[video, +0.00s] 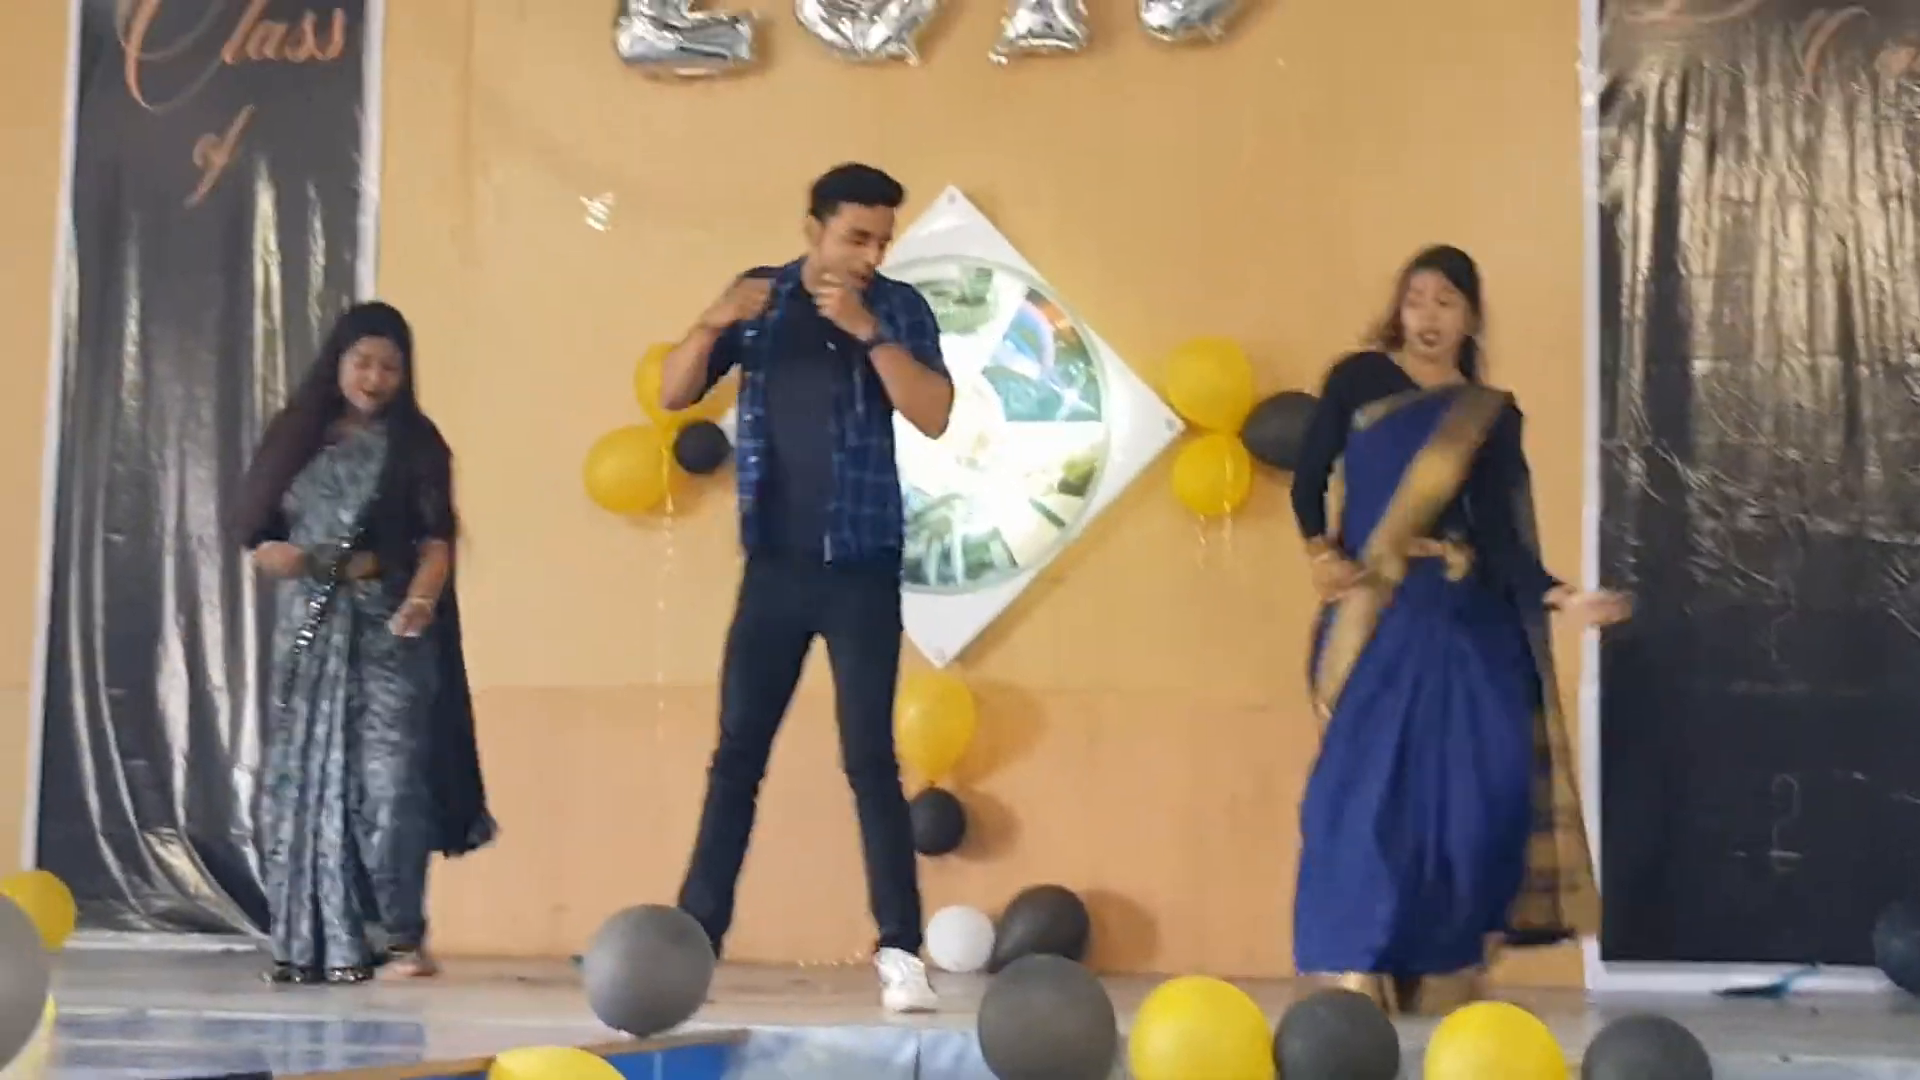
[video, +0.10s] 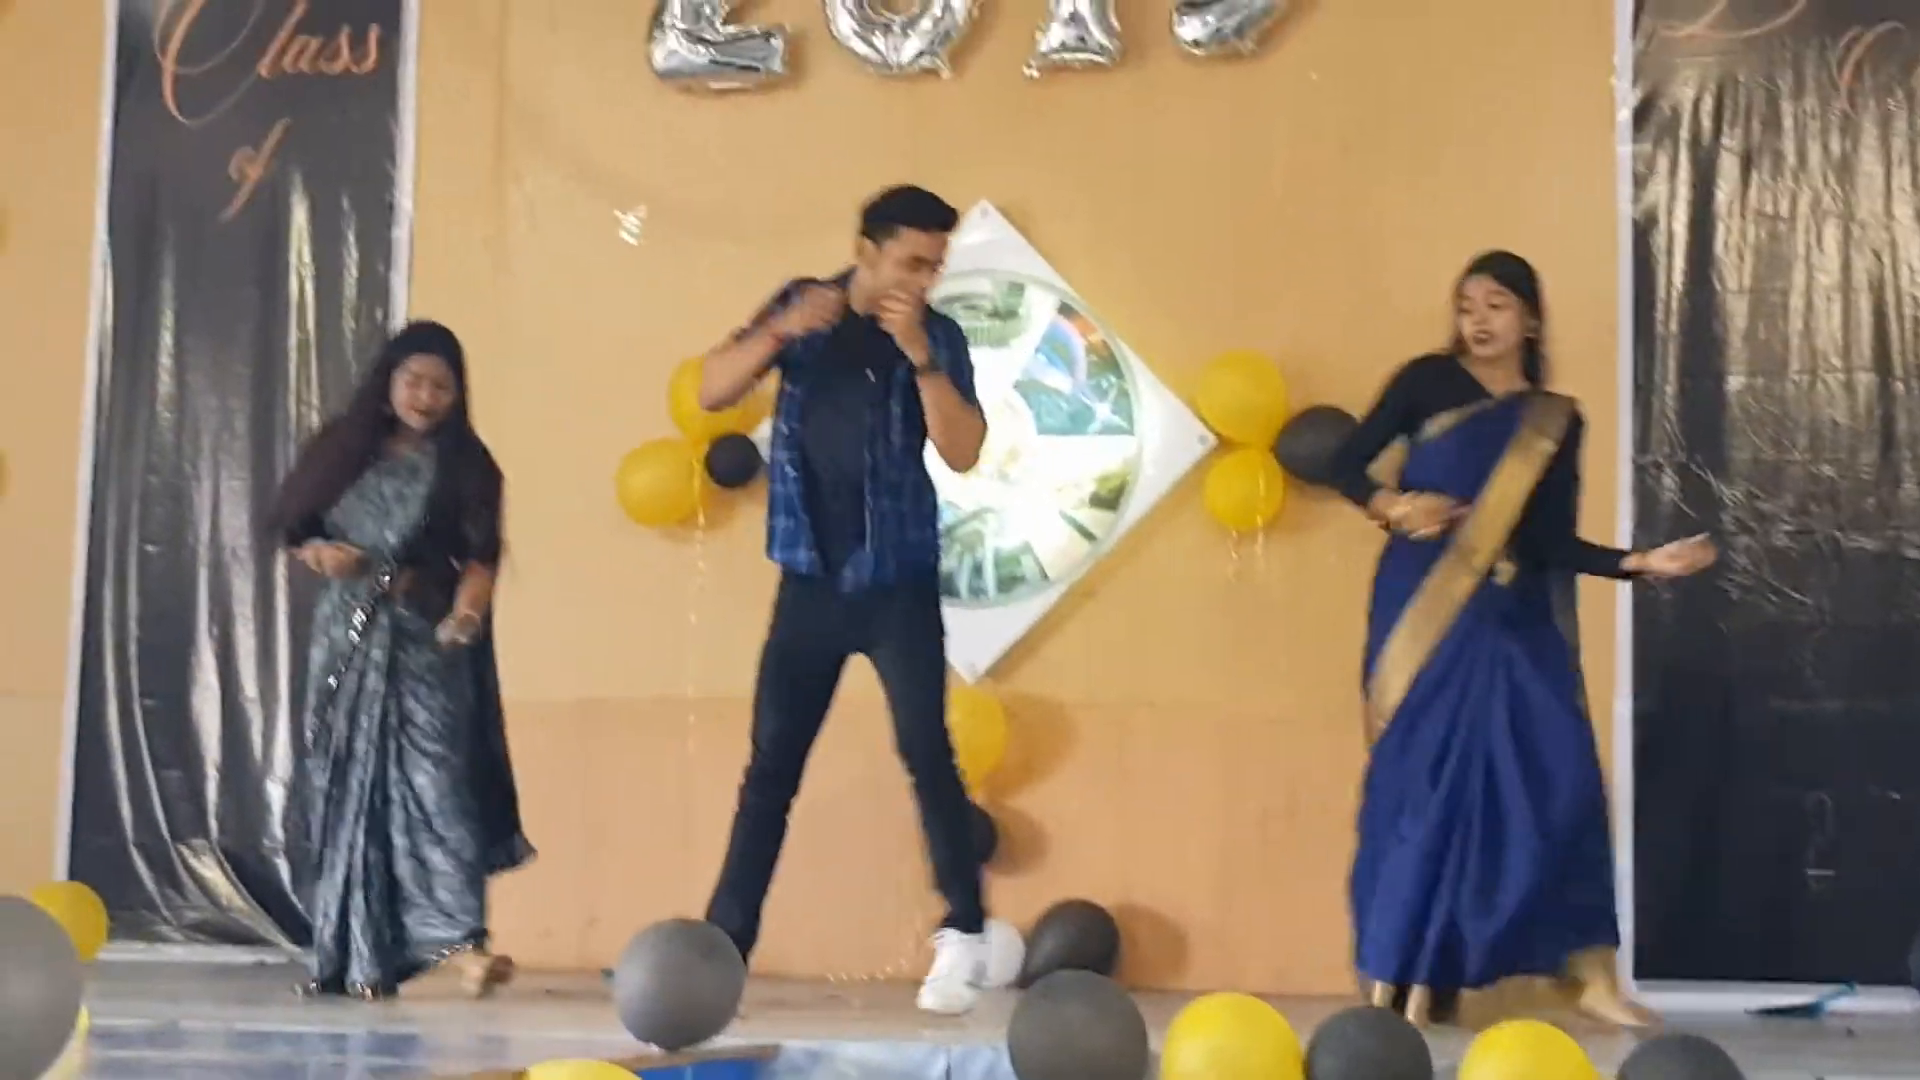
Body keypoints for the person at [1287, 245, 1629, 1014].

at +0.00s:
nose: (1427, 315)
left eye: (1444, 302)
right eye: (1415, 299)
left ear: (1470, 318)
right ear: (1397, 308)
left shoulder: (1491, 412)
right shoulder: (1357, 379)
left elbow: (1504, 539)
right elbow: (1308, 476)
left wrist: (1561, 597)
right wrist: (1320, 549)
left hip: (1471, 610)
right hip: (1379, 607)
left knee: (1485, 779)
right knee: (1372, 779)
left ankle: (1452, 961)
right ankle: (1364, 967)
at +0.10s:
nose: (1477, 319)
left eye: (1495, 306)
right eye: (1466, 306)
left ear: (1530, 318)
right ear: (1453, 317)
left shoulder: (1554, 418)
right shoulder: (1425, 380)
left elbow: (1551, 542)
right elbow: (1346, 469)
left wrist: (1638, 563)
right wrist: (1388, 508)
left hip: (1519, 613)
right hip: (1426, 606)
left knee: (1569, 778)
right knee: (1424, 782)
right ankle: (1397, 986)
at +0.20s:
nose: (1532, 325)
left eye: (1549, 311)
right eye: (1522, 312)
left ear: (1587, 322)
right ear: (1512, 321)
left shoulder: (1619, 421)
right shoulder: (1488, 390)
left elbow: (1606, 543)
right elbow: (1412, 481)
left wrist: (1707, 550)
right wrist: (1477, 482)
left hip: (1562, 613)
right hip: (1470, 604)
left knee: (1618, 772)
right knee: (1469, 783)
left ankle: (1697, 978)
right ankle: (1447, 992)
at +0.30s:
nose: (1579, 343)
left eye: (1596, 328)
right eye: (1570, 330)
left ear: (1639, 342)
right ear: (1562, 343)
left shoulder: (1672, 443)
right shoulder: (1539, 421)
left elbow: (1667, 569)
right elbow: (1485, 531)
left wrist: (1768, 576)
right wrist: (1561, 515)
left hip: (1627, 639)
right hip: (1535, 634)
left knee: (1676, 803)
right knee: (1533, 811)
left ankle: (1738, 1014)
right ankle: (1539, 1015)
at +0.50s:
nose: (1660, 364)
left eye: (1678, 349)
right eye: (1651, 352)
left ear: (1721, 362)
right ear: (1644, 367)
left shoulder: (1767, 462)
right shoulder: (1618, 446)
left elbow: (1786, 586)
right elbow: (1558, 557)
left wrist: (1866, 566)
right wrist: (1638, 537)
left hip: (1741, 669)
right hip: (1641, 670)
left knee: (1760, 844)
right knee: (1659, 851)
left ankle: (1760, 1047)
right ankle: (1650, 1041)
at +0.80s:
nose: (1682, 451)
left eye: (1699, 436)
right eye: (1674, 437)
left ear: (1741, 445)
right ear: (1664, 446)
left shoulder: (1790, 532)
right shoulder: (1642, 537)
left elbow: (1819, 681)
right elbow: (1622, 658)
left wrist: (1825, 620)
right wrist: (1650, 665)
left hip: (1780, 755)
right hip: (1688, 762)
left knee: (1793, 943)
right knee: (1706, 944)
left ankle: (1803, 1066)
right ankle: (1720, 1067)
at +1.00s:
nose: (1616, 465)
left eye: (1632, 447)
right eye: (1606, 454)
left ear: (1675, 453)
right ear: (1601, 468)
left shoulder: (1740, 523)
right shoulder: (1598, 559)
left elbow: (1805, 618)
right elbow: (1584, 690)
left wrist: (1708, 595)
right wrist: (1563, 656)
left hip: (1743, 760)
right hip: (1644, 770)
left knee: (1751, 936)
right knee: (1626, 931)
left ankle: (1758, 1065)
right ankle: (1641, 1065)